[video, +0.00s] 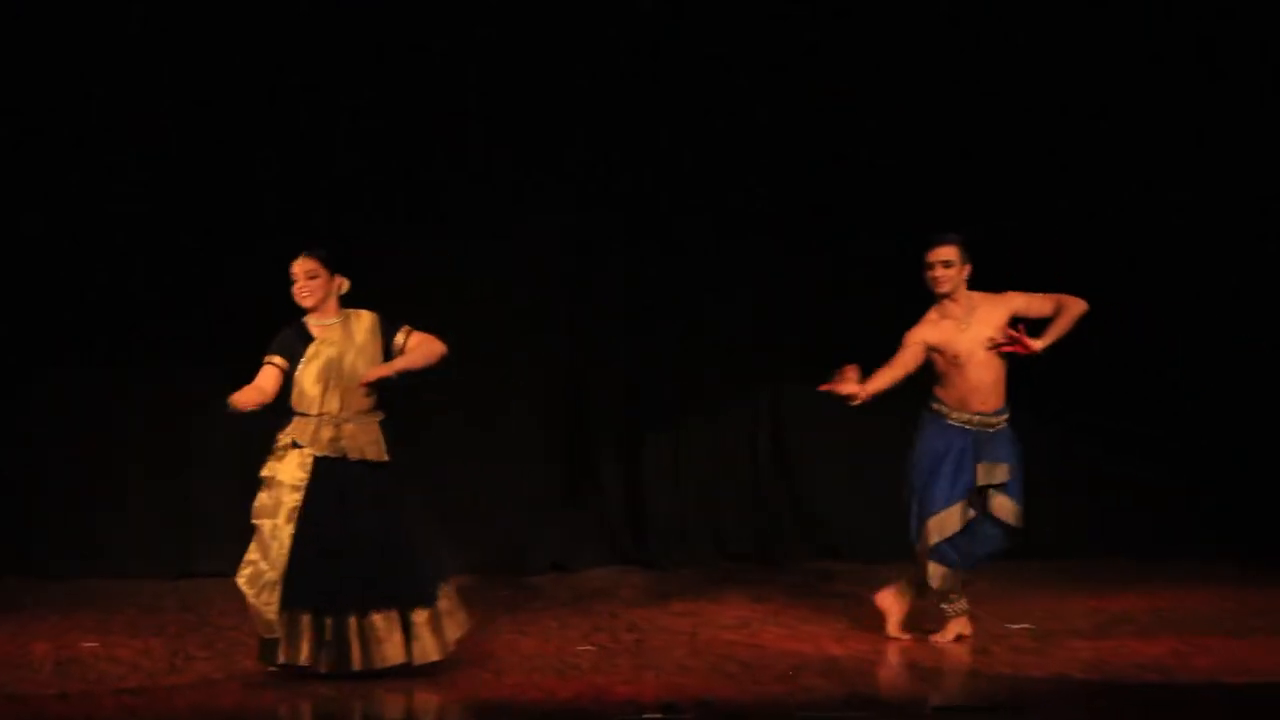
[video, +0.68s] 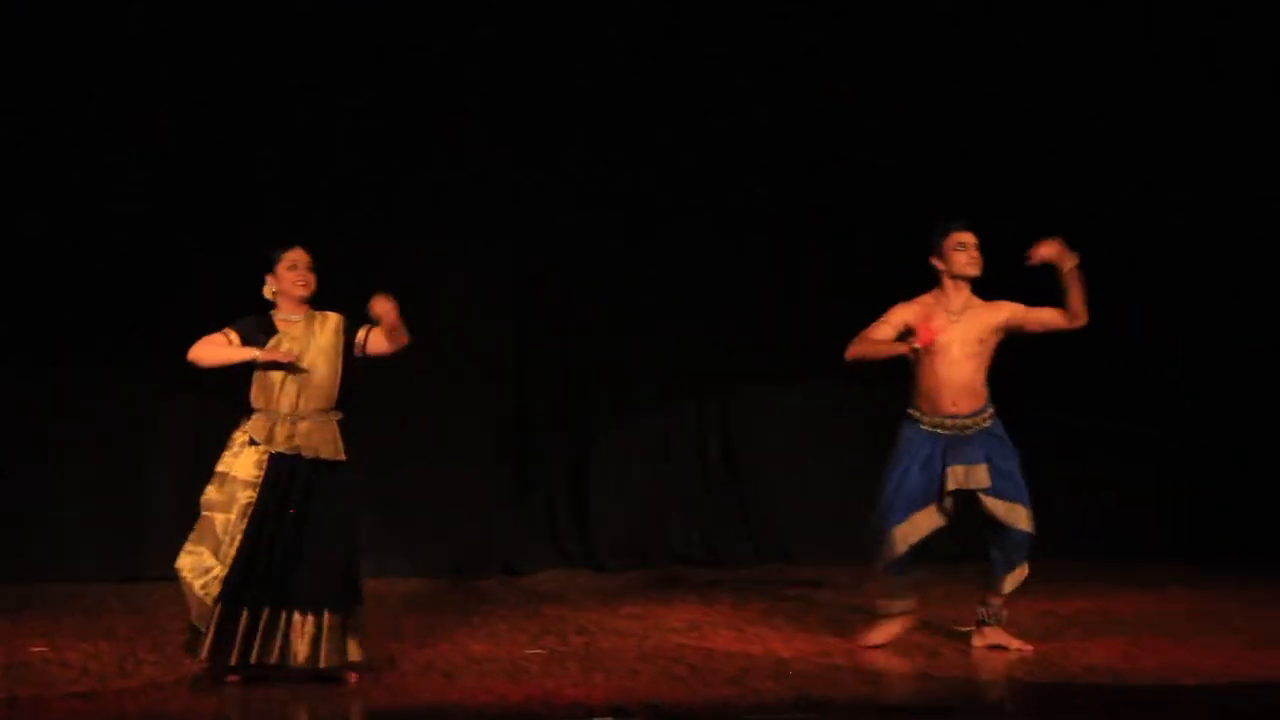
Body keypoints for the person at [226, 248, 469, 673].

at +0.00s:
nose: (301, 286)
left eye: (310, 277)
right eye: (295, 281)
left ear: (335, 282)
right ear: (292, 290)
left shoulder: (369, 326)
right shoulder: (293, 337)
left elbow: (434, 347)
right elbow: (265, 386)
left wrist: (388, 369)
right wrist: (244, 398)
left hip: (361, 452)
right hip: (305, 452)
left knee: (368, 544)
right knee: (302, 545)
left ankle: (372, 647)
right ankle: (307, 647)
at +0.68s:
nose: (303, 275)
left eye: (308, 268)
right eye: (292, 268)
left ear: (316, 281)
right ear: (271, 282)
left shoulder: (335, 327)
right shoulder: (258, 327)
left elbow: (391, 342)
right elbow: (199, 353)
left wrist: (390, 319)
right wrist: (257, 354)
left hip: (320, 452)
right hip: (263, 451)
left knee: (328, 552)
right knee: (250, 549)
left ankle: (332, 657)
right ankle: (238, 655)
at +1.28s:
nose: (355, 287)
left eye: (357, 280)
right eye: (344, 279)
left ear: (359, 292)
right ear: (316, 291)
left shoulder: (367, 340)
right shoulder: (292, 337)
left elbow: (420, 347)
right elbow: (234, 344)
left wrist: (422, 296)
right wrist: (295, 349)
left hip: (354, 462)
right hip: (300, 463)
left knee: (371, 551)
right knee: (306, 555)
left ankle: (378, 658)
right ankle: (312, 643)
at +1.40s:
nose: (348, 284)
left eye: (350, 278)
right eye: (337, 277)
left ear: (352, 291)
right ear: (310, 289)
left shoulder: (364, 338)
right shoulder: (291, 335)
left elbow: (422, 360)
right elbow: (227, 345)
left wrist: (401, 329)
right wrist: (277, 328)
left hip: (350, 459)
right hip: (296, 460)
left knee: (367, 551)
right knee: (294, 555)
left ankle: (379, 658)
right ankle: (307, 646)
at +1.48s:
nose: (333, 281)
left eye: (337, 275)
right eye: (321, 274)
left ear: (344, 289)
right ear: (298, 288)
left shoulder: (357, 335)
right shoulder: (280, 340)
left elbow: (422, 359)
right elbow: (224, 342)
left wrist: (387, 346)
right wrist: (252, 302)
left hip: (344, 459)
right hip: (289, 460)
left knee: (364, 554)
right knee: (284, 560)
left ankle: (380, 662)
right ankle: (290, 665)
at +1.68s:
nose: (268, 281)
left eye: (278, 272)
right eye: (263, 276)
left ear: (305, 283)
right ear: (260, 290)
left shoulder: (332, 331)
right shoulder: (257, 333)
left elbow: (396, 352)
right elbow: (216, 312)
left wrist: (345, 361)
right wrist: (190, 260)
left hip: (318, 460)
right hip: (264, 459)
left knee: (324, 556)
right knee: (272, 560)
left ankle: (330, 657)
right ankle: (279, 664)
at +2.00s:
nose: (260, 289)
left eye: (271, 281)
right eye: (255, 285)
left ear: (298, 293)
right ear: (253, 300)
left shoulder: (324, 339)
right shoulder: (247, 340)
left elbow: (388, 363)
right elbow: (210, 306)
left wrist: (341, 372)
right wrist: (189, 251)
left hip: (308, 467)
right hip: (253, 464)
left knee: (308, 563)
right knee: (246, 562)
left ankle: (303, 667)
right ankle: (243, 668)